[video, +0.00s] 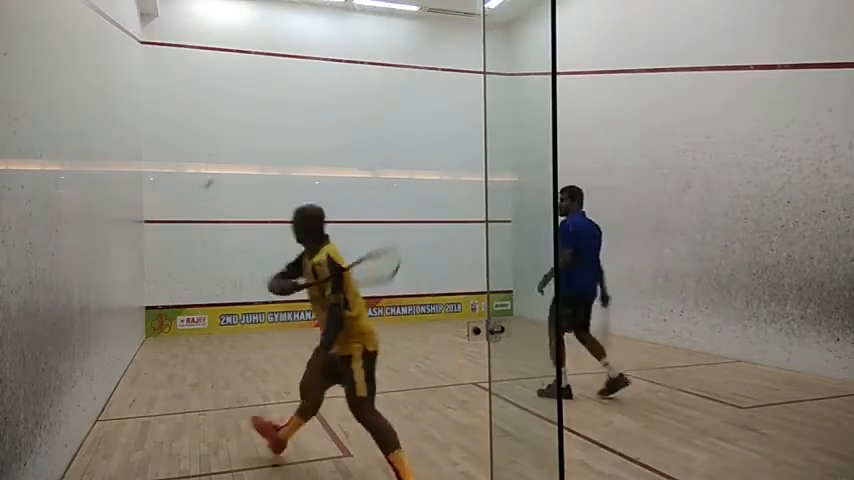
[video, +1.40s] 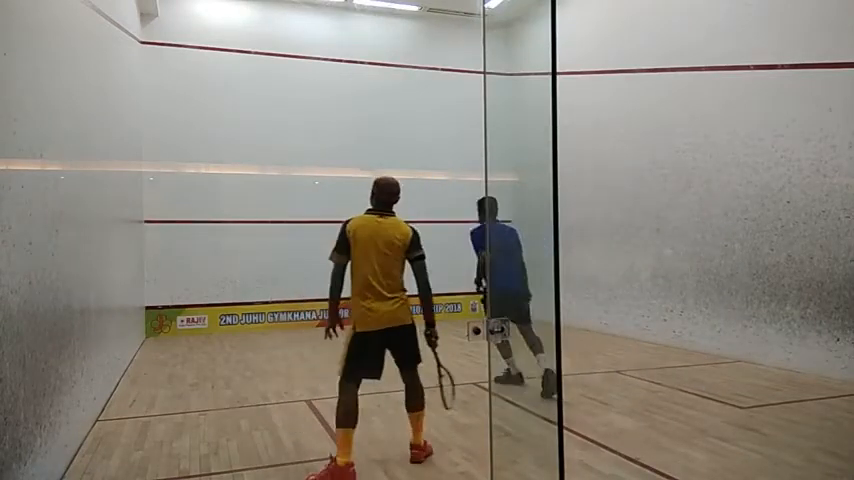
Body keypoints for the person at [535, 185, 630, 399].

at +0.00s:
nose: (559, 204)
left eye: (562, 200)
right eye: (559, 200)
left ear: (573, 202)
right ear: (578, 203)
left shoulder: (566, 226)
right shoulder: (594, 227)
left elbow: (564, 257)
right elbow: (596, 262)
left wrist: (547, 277)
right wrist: (603, 289)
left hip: (568, 291)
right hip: (588, 291)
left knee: (555, 331)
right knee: (582, 332)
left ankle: (561, 382)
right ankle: (613, 375)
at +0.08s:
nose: (558, 204)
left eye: (561, 200)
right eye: (558, 200)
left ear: (573, 202)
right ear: (576, 202)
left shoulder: (566, 225)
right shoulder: (590, 228)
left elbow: (561, 257)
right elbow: (585, 263)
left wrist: (542, 279)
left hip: (562, 291)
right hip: (583, 292)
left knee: (551, 332)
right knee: (576, 332)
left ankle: (559, 382)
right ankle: (597, 379)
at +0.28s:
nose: (551, 207)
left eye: (552, 204)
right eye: (554, 203)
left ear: (553, 205)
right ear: (572, 207)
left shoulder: (554, 227)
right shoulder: (581, 232)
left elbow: (549, 265)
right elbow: (578, 271)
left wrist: (531, 290)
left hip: (552, 295)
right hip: (576, 298)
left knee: (523, 328)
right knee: (573, 338)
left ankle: (535, 380)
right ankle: (595, 387)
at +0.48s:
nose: (530, 212)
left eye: (534, 209)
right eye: (532, 208)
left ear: (540, 212)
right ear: (552, 212)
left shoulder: (531, 233)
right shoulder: (561, 238)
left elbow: (532, 273)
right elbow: (564, 277)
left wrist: (517, 298)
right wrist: (563, 306)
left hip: (533, 301)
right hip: (559, 302)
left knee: (511, 343)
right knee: (565, 343)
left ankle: (507, 395)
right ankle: (592, 386)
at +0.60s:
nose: (512, 221)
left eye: (515, 218)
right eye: (514, 217)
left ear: (521, 221)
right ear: (535, 222)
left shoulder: (514, 246)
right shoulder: (547, 247)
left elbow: (510, 282)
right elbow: (553, 280)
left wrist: (497, 312)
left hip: (523, 310)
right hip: (548, 310)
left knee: (499, 355)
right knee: (549, 345)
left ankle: (504, 406)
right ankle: (584, 386)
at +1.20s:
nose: (496, 215)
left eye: (497, 212)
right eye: (498, 212)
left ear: (499, 214)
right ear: (516, 213)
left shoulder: (493, 237)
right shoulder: (531, 236)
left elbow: (491, 270)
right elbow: (542, 269)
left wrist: (490, 290)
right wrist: (553, 293)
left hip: (506, 298)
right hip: (531, 298)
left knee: (496, 334)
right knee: (537, 339)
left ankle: (507, 374)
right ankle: (552, 384)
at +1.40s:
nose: (479, 215)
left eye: (479, 212)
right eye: (481, 211)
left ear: (479, 212)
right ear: (496, 211)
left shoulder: (477, 233)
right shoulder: (511, 232)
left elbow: (484, 258)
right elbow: (520, 264)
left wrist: (479, 279)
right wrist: (525, 290)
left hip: (496, 293)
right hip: (518, 291)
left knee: (497, 333)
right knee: (527, 331)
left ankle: (513, 371)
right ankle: (545, 368)